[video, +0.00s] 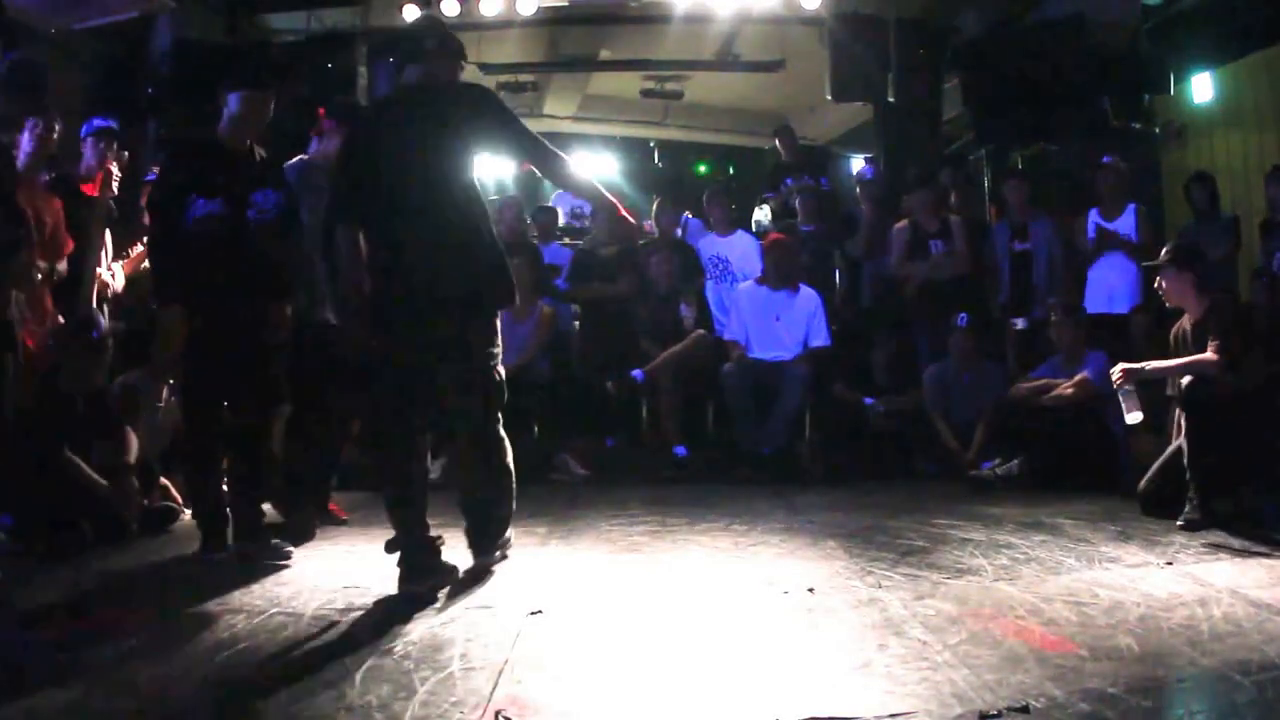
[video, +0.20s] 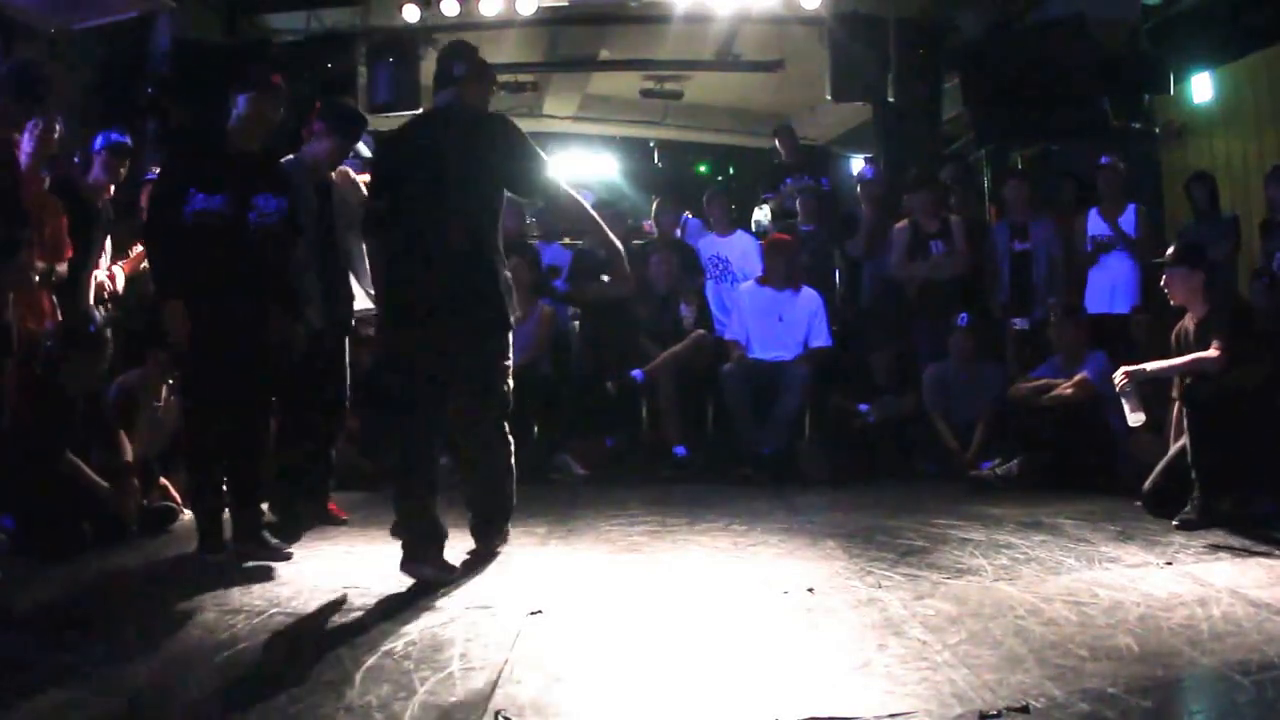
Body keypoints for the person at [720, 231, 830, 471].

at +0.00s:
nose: (778, 267)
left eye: (784, 260)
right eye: (773, 260)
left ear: (793, 263)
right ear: (765, 262)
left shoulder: (809, 297)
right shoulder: (744, 293)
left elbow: (820, 346)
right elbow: (733, 338)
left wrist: (799, 361)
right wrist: (738, 354)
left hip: (787, 361)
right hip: (754, 361)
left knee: (799, 376)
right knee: (731, 374)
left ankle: (773, 446)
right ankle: (749, 446)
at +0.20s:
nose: (774, 264)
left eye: (781, 258)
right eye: (771, 258)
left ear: (793, 262)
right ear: (764, 260)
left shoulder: (810, 298)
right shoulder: (746, 292)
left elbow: (821, 346)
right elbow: (734, 338)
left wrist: (801, 362)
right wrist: (739, 356)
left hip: (789, 362)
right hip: (755, 362)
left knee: (799, 377)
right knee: (730, 375)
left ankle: (772, 449)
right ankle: (750, 449)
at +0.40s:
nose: (777, 265)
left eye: (784, 259)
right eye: (774, 259)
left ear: (796, 262)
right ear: (767, 261)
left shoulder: (812, 299)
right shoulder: (748, 292)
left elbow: (821, 347)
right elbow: (734, 338)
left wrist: (800, 361)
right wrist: (739, 356)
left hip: (789, 362)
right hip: (756, 362)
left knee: (799, 378)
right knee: (730, 375)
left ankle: (772, 448)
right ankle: (748, 447)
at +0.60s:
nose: (788, 266)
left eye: (793, 260)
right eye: (783, 259)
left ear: (801, 264)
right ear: (772, 261)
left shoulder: (814, 301)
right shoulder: (751, 293)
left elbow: (821, 350)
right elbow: (738, 341)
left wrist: (800, 363)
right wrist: (728, 363)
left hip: (789, 363)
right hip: (755, 363)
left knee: (798, 376)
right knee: (729, 374)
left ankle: (771, 448)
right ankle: (747, 446)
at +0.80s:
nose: (792, 268)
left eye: (797, 262)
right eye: (786, 261)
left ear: (804, 265)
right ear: (774, 263)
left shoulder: (816, 301)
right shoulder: (753, 293)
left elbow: (821, 351)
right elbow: (739, 338)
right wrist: (733, 355)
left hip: (790, 364)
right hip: (755, 363)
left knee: (800, 372)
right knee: (730, 371)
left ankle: (774, 449)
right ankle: (745, 448)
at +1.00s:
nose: (781, 267)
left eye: (787, 261)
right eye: (778, 260)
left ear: (801, 265)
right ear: (771, 263)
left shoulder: (818, 302)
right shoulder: (754, 292)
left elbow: (822, 351)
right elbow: (739, 337)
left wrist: (803, 362)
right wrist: (733, 355)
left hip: (791, 364)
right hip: (755, 363)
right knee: (730, 374)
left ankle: (770, 448)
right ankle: (745, 447)